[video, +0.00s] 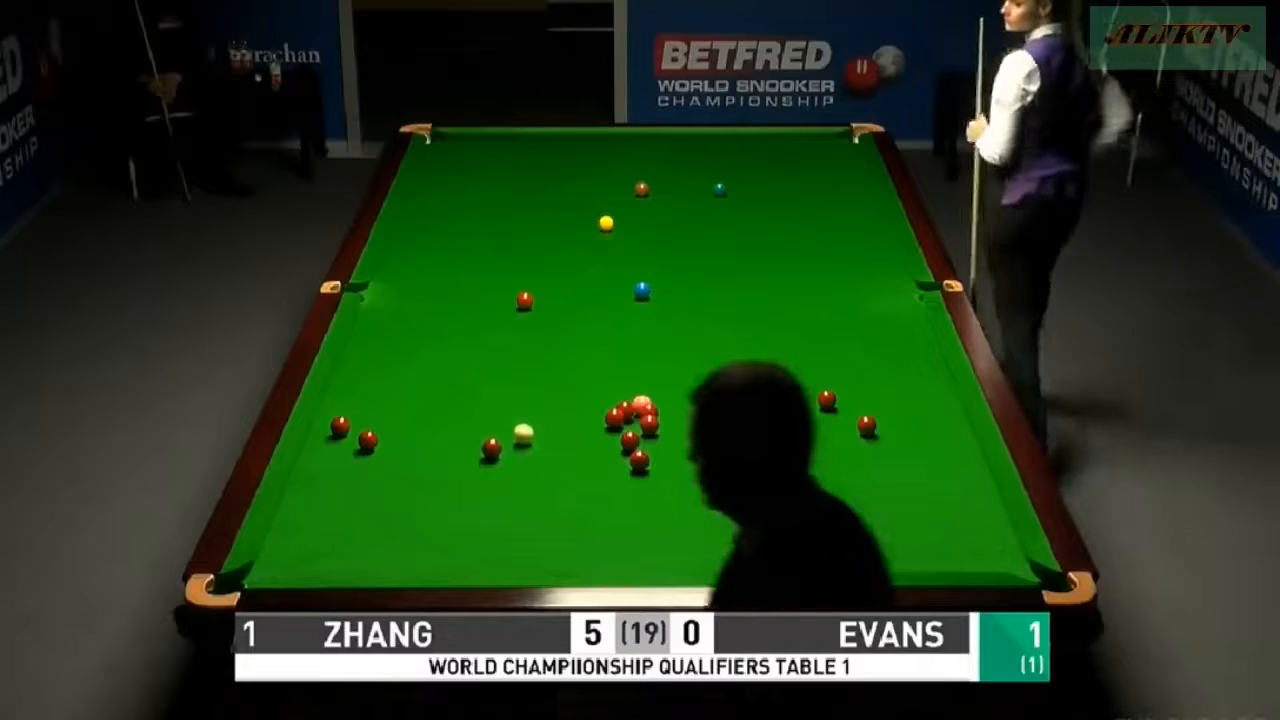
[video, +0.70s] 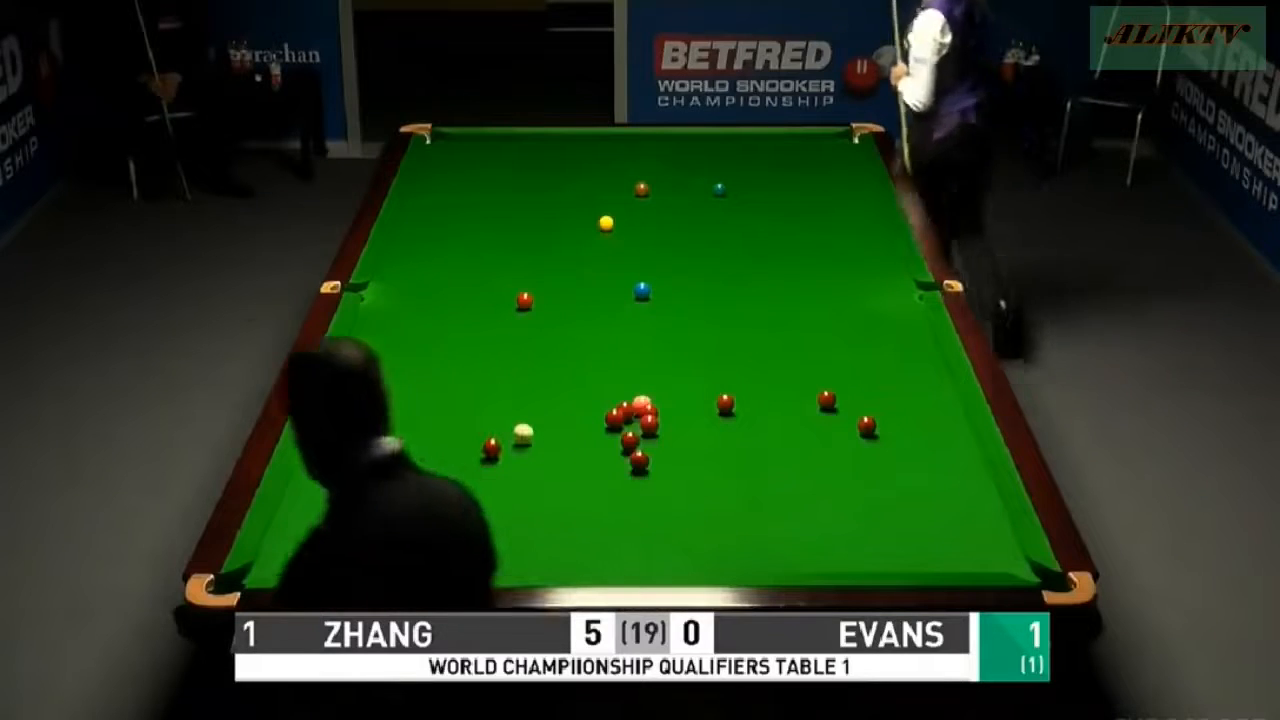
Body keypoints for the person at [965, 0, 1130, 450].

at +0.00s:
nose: (1005, 8)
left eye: (1014, 2)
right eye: (1006, 1)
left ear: (1041, 8)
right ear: (1045, 10)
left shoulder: (1019, 64)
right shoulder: (1077, 58)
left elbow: (999, 149)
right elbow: (1118, 117)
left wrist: (980, 132)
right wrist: (1076, 149)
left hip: (1024, 203)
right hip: (1065, 197)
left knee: (1015, 314)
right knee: (1030, 299)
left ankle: (1029, 439)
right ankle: (1017, 399)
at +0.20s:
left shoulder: (1005, 42)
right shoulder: (1063, 34)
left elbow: (994, 127)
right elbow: (1108, 75)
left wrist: (967, 119)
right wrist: (1072, 117)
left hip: (1009, 174)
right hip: (1053, 173)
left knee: (979, 271)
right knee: (1027, 271)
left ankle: (1010, 368)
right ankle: (1023, 384)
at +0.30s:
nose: (976, 1)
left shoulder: (994, 34)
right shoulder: (1051, 27)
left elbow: (985, 117)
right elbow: (1066, 95)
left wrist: (958, 112)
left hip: (992, 167)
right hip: (1039, 164)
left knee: (969, 263)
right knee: (1022, 266)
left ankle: (978, 369)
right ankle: (1014, 377)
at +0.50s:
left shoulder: (966, 34)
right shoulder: (1017, 28)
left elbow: (958, 115)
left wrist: (933, 104)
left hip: (971, 162)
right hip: (1016, 160)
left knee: (949, 264)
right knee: (1006, 270)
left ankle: (938, 368)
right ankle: (1008, 382)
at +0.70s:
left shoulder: (930, 20)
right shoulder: (971, 13)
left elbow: (920, 98)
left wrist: (901, 79)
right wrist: (915, 69)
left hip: (942, 141)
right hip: (977, 131)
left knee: (952, 235)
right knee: (972, 229)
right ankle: (999, 318)